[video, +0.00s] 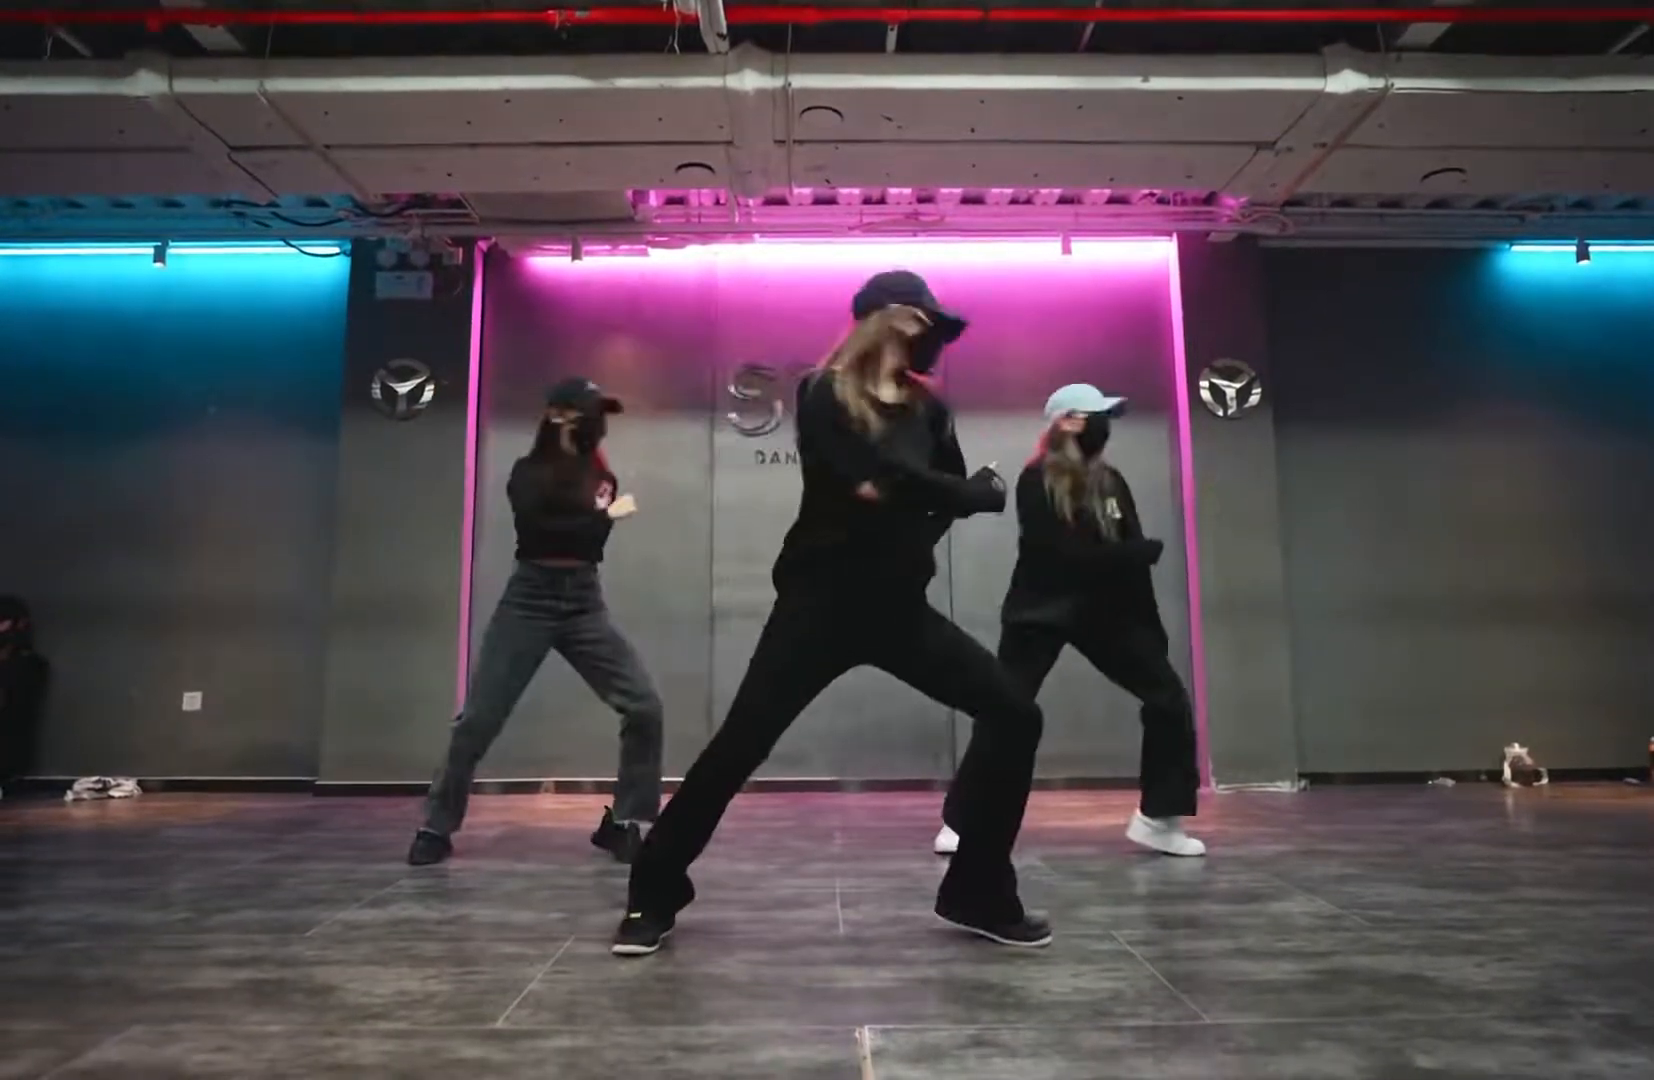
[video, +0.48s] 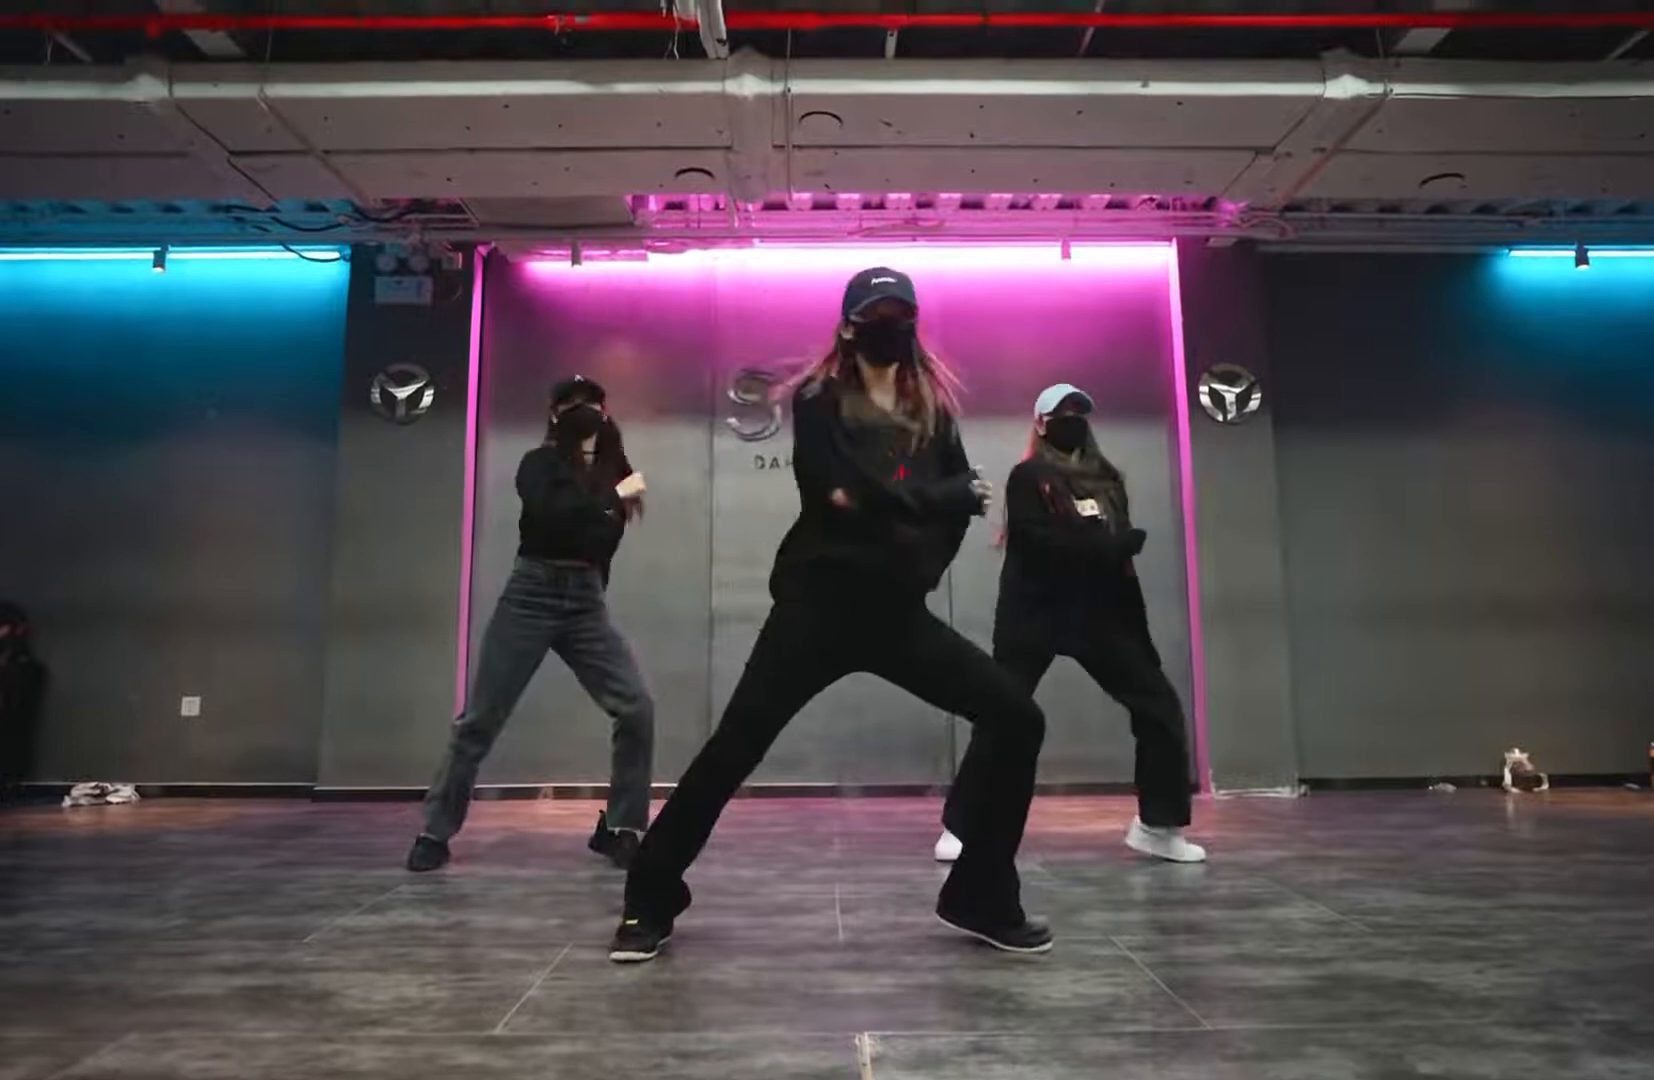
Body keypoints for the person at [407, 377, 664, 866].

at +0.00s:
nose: (591, 429)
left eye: (593, 421)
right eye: (583, 419)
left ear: (592, 424)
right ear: (557, 418)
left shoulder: (600, 476)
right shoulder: (529, 470)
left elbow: (593, 535)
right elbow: (536, 525)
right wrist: (602, 516)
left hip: (583, 607)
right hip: (528, 604)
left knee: (644, 707)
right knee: (479, 719)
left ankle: (624, 823)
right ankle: (435, 830)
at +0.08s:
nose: (610, 423)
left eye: (612, 415)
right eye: (603, 413)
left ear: (599, 419)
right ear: (578, 414)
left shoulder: (601, 471)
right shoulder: (545, 466)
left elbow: (586, 533)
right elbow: (547, 526)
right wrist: (617, 514)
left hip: (585, 605)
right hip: (533, 601)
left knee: (644, 706)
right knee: (482, 722)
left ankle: (621, 824)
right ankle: (436, 830)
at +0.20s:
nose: (621, 426)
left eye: (622, 419)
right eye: (614, 417)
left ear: (600, 418)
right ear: (585, 416)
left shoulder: (610, 475)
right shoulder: (549, 464)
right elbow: (558, 519)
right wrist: (628, 511)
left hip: (585, 603)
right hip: (534, 599)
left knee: (642, 707)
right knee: (482, 720)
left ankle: (623, 826)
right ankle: (435, 832)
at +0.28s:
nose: (617, 425)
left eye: (618, 417)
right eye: (609, 415)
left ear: (599, 418)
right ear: (580, 415)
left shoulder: (610, 471)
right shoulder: (545, 464)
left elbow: (594, 525)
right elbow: (559, 517)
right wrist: (625, 506)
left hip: (585, 604)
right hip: (532, 599)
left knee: (640, 707)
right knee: (482, 720)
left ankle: (622, 827)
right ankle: (435, 833)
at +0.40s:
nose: (592, 416)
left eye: (597, 407)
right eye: (580, 408)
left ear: (607, 414)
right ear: (560, 416)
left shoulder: (609, 472)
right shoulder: (543, 463)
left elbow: (597, 535)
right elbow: (554, 517)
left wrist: (616, 513)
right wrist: (618, 501)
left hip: (584, 604)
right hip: (530, 600)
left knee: (639, 708)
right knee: (481, 721)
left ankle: (621, 827)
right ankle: (434, 834)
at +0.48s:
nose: (579, 413)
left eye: (588, 405)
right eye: (570, 406)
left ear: (603, 414)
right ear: (554, 415)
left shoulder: (611, 473)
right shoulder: (538, 462)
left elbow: (606, 540)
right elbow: (549, 515)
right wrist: (615, 496)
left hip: (584, 604)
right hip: (529, 598)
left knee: (636, 708)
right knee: (479, 721)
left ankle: (620, 828)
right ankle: (434, 835)